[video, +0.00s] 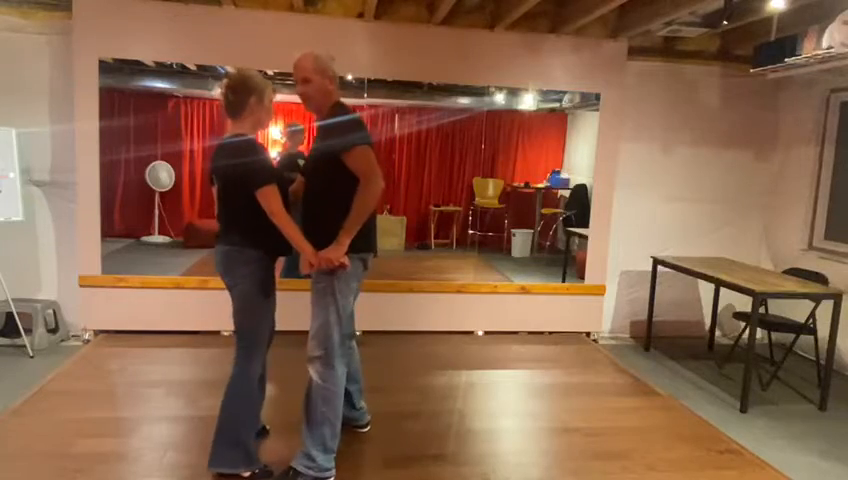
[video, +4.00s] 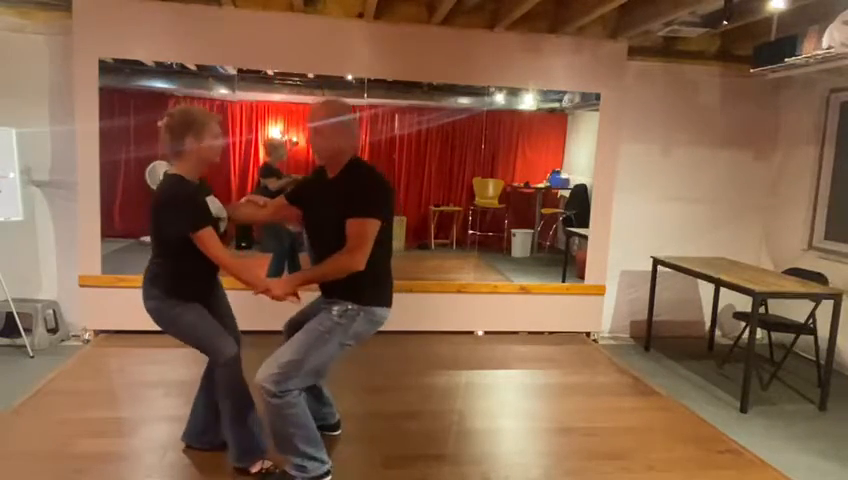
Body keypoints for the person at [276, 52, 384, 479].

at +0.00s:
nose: (298, 92)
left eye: (304, 82)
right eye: (296, 84)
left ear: (330, 82)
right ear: (321, 84)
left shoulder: (344, 125)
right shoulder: (328, 126)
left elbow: (374, 184)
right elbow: (325, 186)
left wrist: (340, 243)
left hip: (340, 257)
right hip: (331, 254)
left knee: (324, 355)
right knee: (340, 338)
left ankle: (317, 464)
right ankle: (353, 408)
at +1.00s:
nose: (296, 92)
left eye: (300, 82)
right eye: (291, 86)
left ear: (326, 74)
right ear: (294, 88)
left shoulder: (359, 129)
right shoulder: (304, 131)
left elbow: (400, 201)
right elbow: (288, 186)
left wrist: (361, 256)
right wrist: (242, 182)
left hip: (340, 261)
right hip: (311, 256)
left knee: (316, 361)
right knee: (316, 346)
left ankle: (314, 465)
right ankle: (316, 417)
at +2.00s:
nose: (278, 95)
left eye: (282, 86)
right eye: (274, 89)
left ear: (307, 80)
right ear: (284, 89)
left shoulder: (332, 125)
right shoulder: (301, 132)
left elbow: (377, 179)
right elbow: (281, 180)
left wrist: (346, 233)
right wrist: (243, 186)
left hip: (333, 252)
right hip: (315, 250)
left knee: (320, 347)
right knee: (329, 340)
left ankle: (310, 454)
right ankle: (328, 418)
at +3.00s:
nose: (301, 129)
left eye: (308, 121)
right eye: (297, 122)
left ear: (327, 121)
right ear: (295, 126)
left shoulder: (356, 157)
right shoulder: (292, 176)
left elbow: (393, 207)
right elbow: (258, 227)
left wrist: (357, 244)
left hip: (360, 272)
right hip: (321, 275)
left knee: (307, 352)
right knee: (279, 340)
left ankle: (313, 467)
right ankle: (322, 419)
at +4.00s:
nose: (312, 142)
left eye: (319, 133)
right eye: (311, 134)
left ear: (345, 135)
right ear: (312, 136)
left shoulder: (368, 183)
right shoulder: (317, 183)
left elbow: (356, 258)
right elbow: (269, 211)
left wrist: (294, 280)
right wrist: (223, 210)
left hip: (360, 306)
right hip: (336, 298)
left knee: (273, 381)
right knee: (294, 332)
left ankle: (310, 469)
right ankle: (323, 417)